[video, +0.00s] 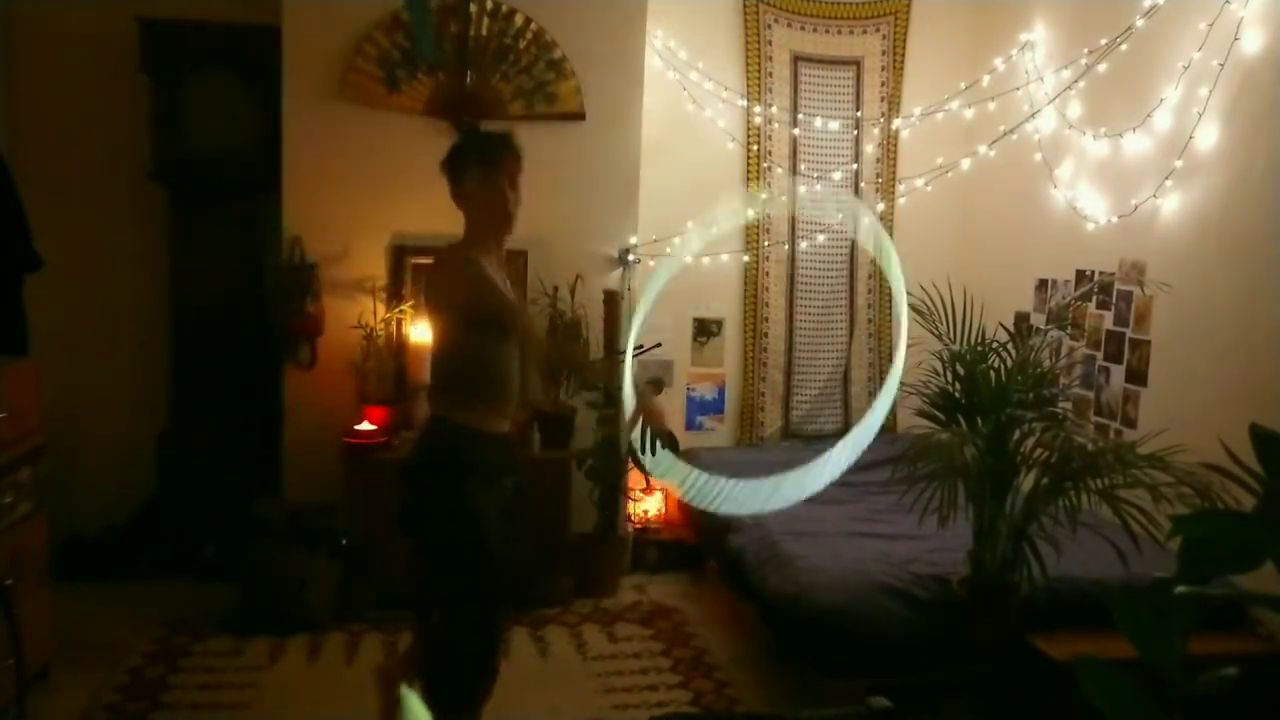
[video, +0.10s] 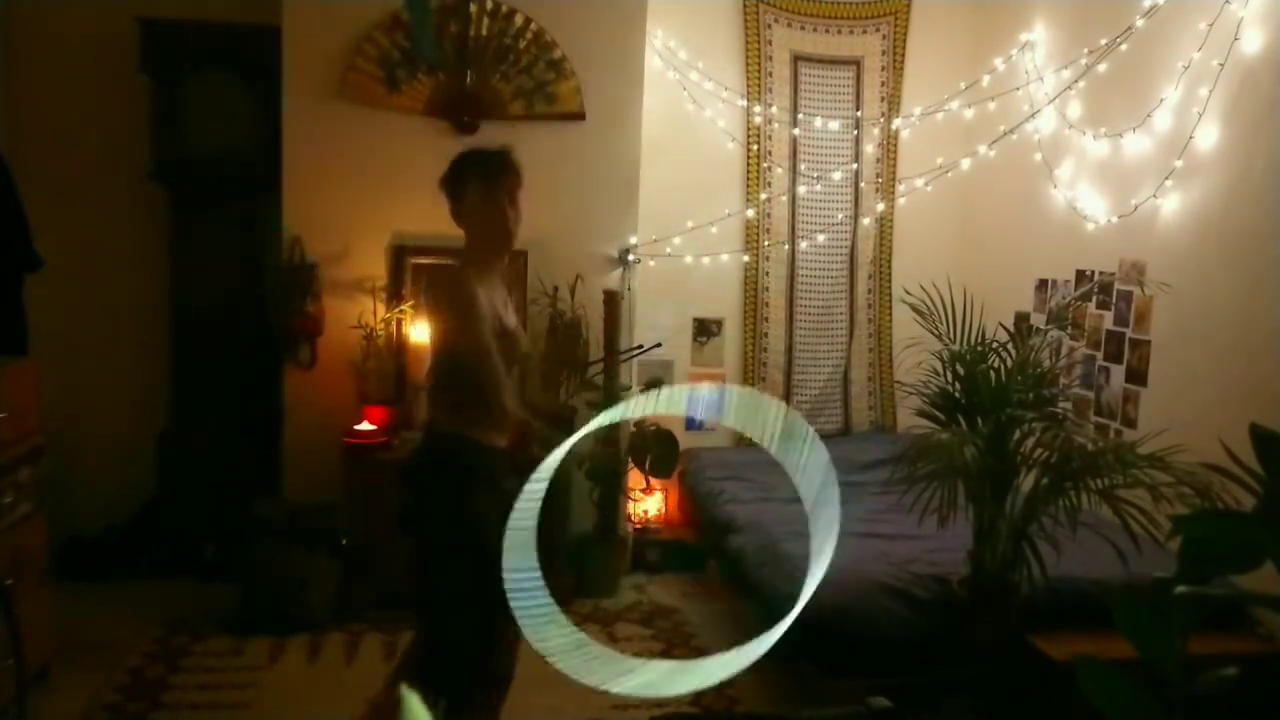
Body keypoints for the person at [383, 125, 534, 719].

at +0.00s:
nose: (510, 198)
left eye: (514, 184)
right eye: (494, 184)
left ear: (519, 189)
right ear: (461, 192)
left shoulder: (499, 271)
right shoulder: (459, 268)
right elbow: (520, 338)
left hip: (491, 454)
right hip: (457, 455)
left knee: (474, 605)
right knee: (470, 616)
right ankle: (454, 705)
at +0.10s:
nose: (516, 212)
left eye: (516, 199)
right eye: (504, 199)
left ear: (513, 206)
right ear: (467, 205)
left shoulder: (496, 286)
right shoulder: (459, 285)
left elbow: (513, 389)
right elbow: (494, 398)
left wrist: (553, 422)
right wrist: (534, 433)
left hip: (486, 464)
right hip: (455, 465)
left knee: (482, 631)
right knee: (464, 633)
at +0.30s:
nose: (497, 255)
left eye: (497, 239)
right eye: (483, 241)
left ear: (495, 241)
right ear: (450, 246)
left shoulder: (477, 327)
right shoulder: (442, 339)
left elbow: (501, 430)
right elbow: (477, 452)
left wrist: (503, 460)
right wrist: (517, 471)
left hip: (463, 528)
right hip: (442, 535)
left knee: (412, 671)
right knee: (528, 651)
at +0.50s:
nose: (482, 254)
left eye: (488, 239)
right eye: (466, 242)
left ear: (498, 246)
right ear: (438, 255)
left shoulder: (514, 322)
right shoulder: (430, 343)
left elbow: (522, 411)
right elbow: (442, 444)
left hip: (506, 514)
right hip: (448, 517)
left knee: (449, 673)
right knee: (532, 680)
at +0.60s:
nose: (479, 253)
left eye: (487, 236)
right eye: (463, 239)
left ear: (501, 241)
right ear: (438, 248)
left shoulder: (528, 327)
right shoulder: (425, 348)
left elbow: (537, 426)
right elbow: (430, 463)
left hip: (528, 514)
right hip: (464, 520)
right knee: (507, 681)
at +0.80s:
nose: (491, 222)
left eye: (501, 206)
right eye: (476, 207)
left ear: (515, 211)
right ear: (451, 214)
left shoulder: (538, 291)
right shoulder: (433, 294)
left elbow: (557, 381)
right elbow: (412, 395)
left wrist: (582, 456)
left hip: (533, 472)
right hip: (469, 477)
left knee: (529, 628)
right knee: (499, 633)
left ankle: (526, 710)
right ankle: (503, 712)